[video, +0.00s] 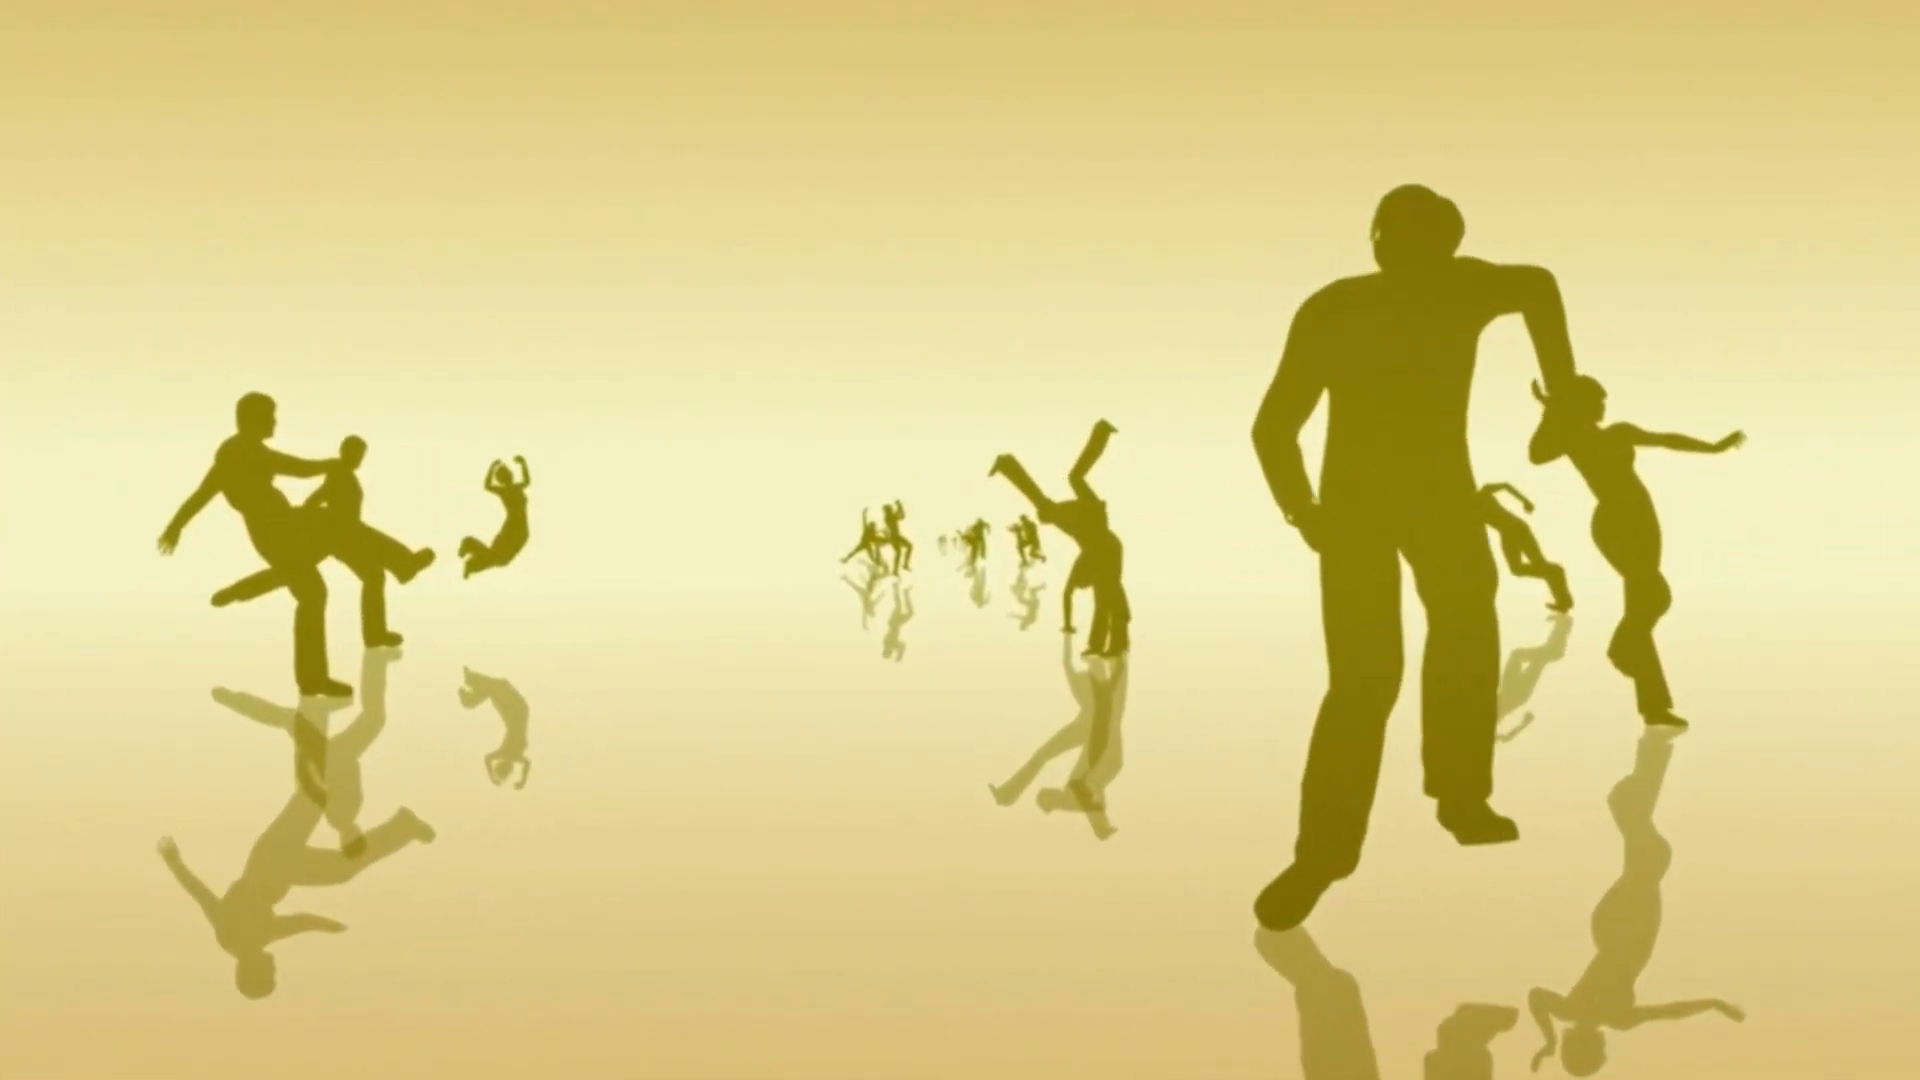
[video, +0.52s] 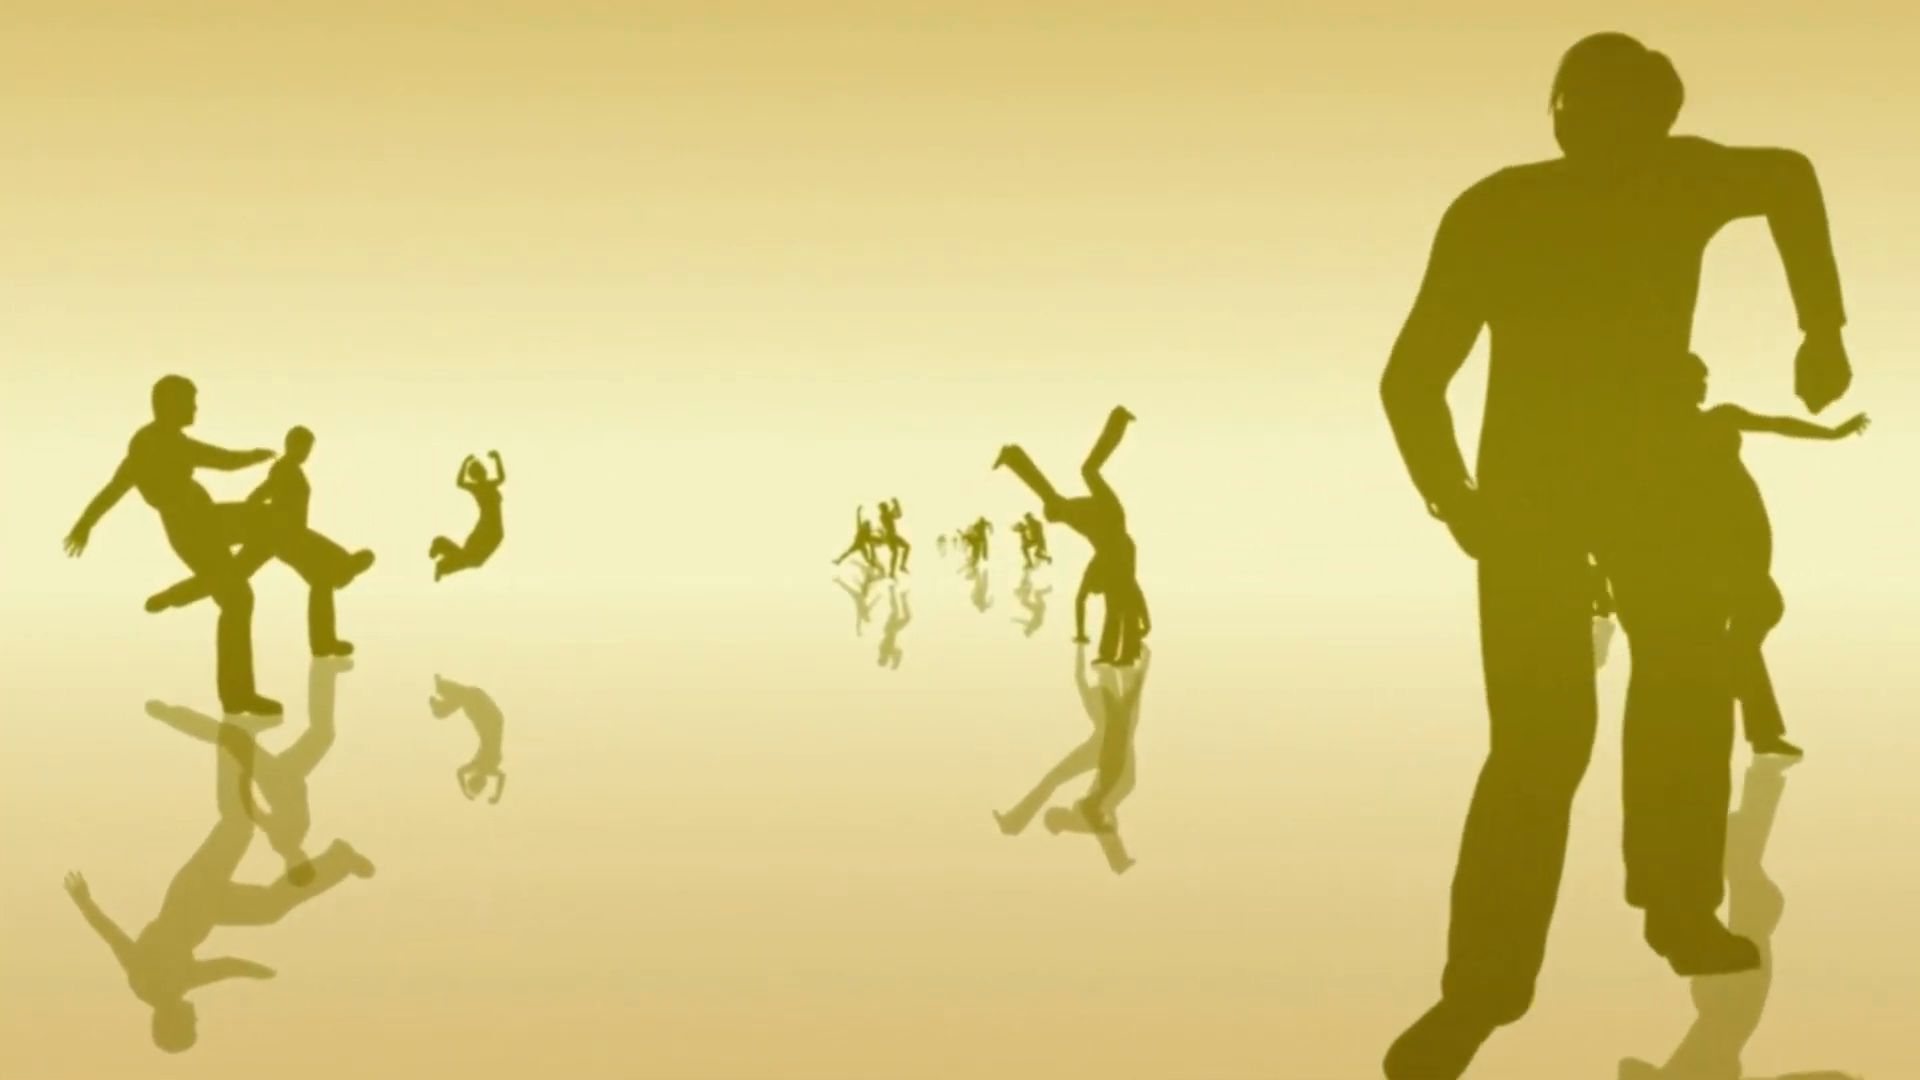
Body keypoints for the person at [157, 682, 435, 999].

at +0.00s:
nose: (273, 975)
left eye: (269, 978)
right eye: (269, 981)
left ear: (259, 965)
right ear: (246, 971)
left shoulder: (257, 934)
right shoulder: (225, 929)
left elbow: (299, 923)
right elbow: (193, 887)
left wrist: (330, 926)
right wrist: (174, 861)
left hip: (269, 858)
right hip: (287, 869)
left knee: (311, 797)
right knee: (344, 869)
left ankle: (308, 717)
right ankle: (403, 827)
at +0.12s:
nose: (260, 985)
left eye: (255, 988)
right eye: (258, 990)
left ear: (242, 975)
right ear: (239, 979)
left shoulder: (235, 940)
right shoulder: (214, 937)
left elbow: (288, 930)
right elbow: (179, 894)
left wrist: (322, 934)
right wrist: (160, 867)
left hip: (256, 863)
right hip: (276, 875)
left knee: (301, 801)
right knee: (333, 875)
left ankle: (299, 717)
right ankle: (394, 831)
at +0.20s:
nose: (241, 995)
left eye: (237, 998)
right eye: (238, 999)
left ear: (226, 985)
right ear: (217, 988)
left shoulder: (222, 953)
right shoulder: (193, 952)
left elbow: (272, 940)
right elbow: (161, 906)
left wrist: (307, 947)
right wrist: (139, 878)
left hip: (237, 871)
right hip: (253, 886)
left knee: (283, 806)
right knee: (317, 884)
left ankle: (280, 724)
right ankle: (379, 839)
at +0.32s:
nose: (228, 1003)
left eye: (224, 1006)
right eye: (225, 1009)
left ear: (214, 992)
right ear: (201, 999)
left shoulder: (211, 960)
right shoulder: (178, 956)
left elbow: (259, 948)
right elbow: (144, 912)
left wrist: (296, 953)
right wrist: (124, 884)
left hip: (225, 876)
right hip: (244, 890)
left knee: (269, 812)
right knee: (303, 890)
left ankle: (266, 726)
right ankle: (367, 845)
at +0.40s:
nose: (209, 1017)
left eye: (203, 1020)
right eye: (207, 1022)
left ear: (188, 1007)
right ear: (191, 1008)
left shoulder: (167, 970)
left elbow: (239, 959)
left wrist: (279, 965)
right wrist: (100, 895)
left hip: (204, 887)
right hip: (224, 901)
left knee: (250, 821)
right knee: (284, 900)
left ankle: (244, 734)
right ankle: (350, 854)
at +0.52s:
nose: (195, 1028)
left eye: (189, 1030)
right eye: (192, 1033)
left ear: (175, 1015)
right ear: (174, 1017)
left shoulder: (153, 976)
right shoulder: (147, 981)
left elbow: (226, 967)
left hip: (191, 891)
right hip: (212, 907)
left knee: (237, 824)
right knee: (271, 907)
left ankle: (230, 737)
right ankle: (338, 860)